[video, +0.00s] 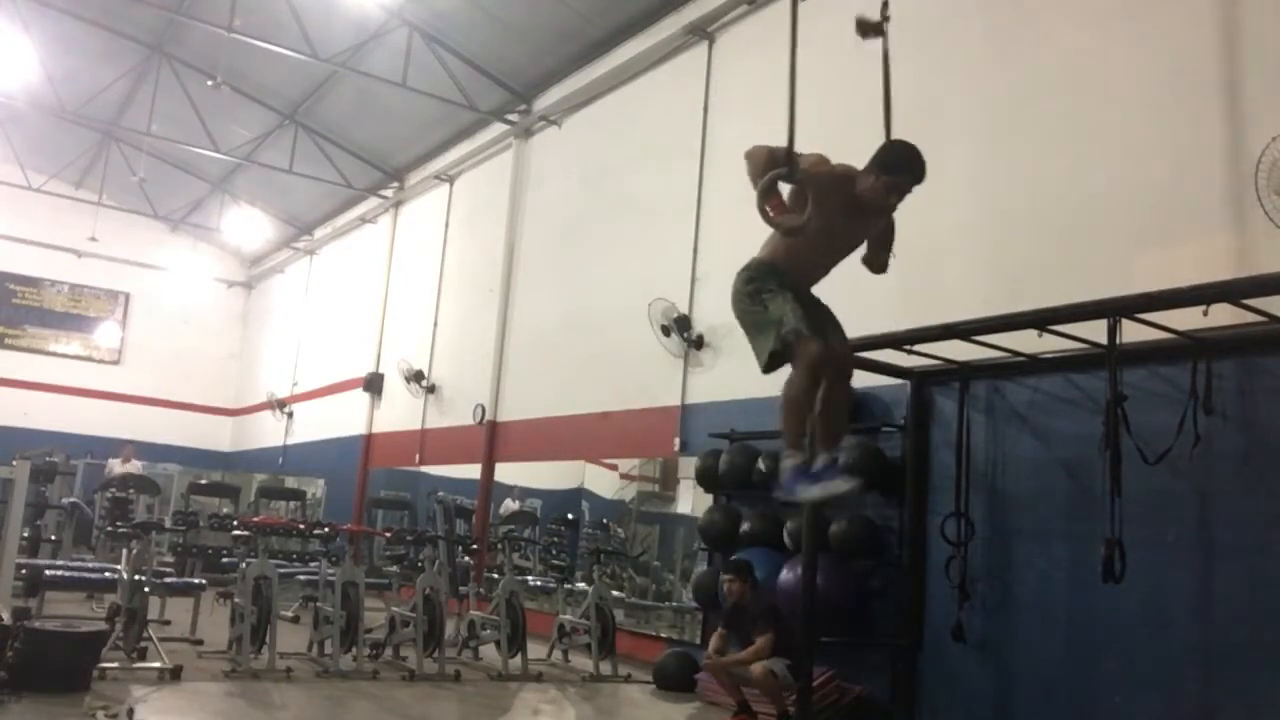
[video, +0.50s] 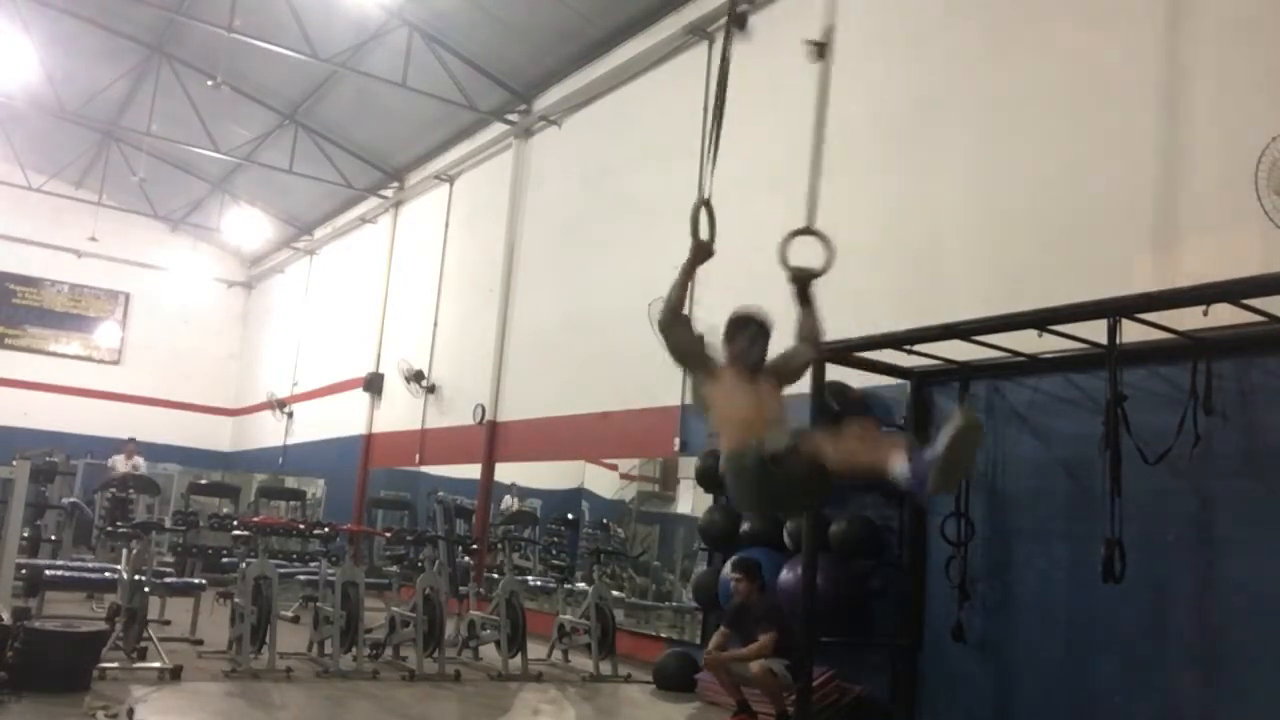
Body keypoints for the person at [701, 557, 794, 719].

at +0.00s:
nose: (726, 588)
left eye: (732, 582)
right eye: (724, 582)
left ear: (746, 583)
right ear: (722, 584)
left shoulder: (762, 607)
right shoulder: (732, 608)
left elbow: (763, 649)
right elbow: (720, 634)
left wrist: (723, 663)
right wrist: (712, 652)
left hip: (785, 659)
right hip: (753, 658)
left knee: (758, 671)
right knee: (715, 663)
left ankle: (782, 713)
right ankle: (744, 709)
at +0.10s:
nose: (730, 588)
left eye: (735, 582)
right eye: (728, 583)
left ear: (750, 582)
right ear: (725, 584)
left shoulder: (766, 605)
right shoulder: (735, 608)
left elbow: (765, 647)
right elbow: (722, 634)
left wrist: (723, 659)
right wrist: (714, 650)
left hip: (786, 662)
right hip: (754, 660)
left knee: (759, 669)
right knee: (714, 662)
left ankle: (782, 713)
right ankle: (744, 708)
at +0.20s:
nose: (732, 583)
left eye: (738, 578)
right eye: (731, 579)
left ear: (753, 580)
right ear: (729, 581)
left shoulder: (768, 604)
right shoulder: (737, 605)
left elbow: (767, 645)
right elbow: (723, 633)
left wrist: (724, 656)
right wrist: (714, 648)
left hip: (785, 661)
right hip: (752, 659)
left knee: (759, 668)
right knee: (715, 660)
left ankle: (782, 713)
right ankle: (743, 708)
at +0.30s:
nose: (733, 582)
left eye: (739, 577)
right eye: (732, 577)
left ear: (755, 580)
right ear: (730, 581)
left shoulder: (768, 604)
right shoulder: (737, 605)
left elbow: (767, 645)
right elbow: (723, 632)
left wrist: (724, 656)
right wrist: (713, 648)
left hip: (786, 662)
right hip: (752, 659)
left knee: (759, 668)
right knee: (715, 660)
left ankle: (782, 713)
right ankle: (744, 708)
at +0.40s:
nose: (734, 584)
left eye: (740, 579)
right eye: (733, 579)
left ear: (755, 581)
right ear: (732, 581)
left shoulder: (768, 605)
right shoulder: (736, 605)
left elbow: (766, 646)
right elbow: (723, 632)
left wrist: (723, 657)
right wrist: (712, 650)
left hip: (785, 662)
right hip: (752, 659)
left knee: (757, 668)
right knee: (714, 660)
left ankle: (782, 713)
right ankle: (744, 708)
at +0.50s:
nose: (733, 586)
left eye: (739, 581)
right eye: (731, 581)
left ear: (754, 582)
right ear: (730, 582)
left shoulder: (768, 606)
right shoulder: (736, 607)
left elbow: (766, 647)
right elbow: (723, 632)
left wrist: (722, 657)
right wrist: (711, 650)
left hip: (784, 663)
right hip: (752, 660)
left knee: (757, 668)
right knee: (713, 661)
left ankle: (781, 713)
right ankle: (744, 708)